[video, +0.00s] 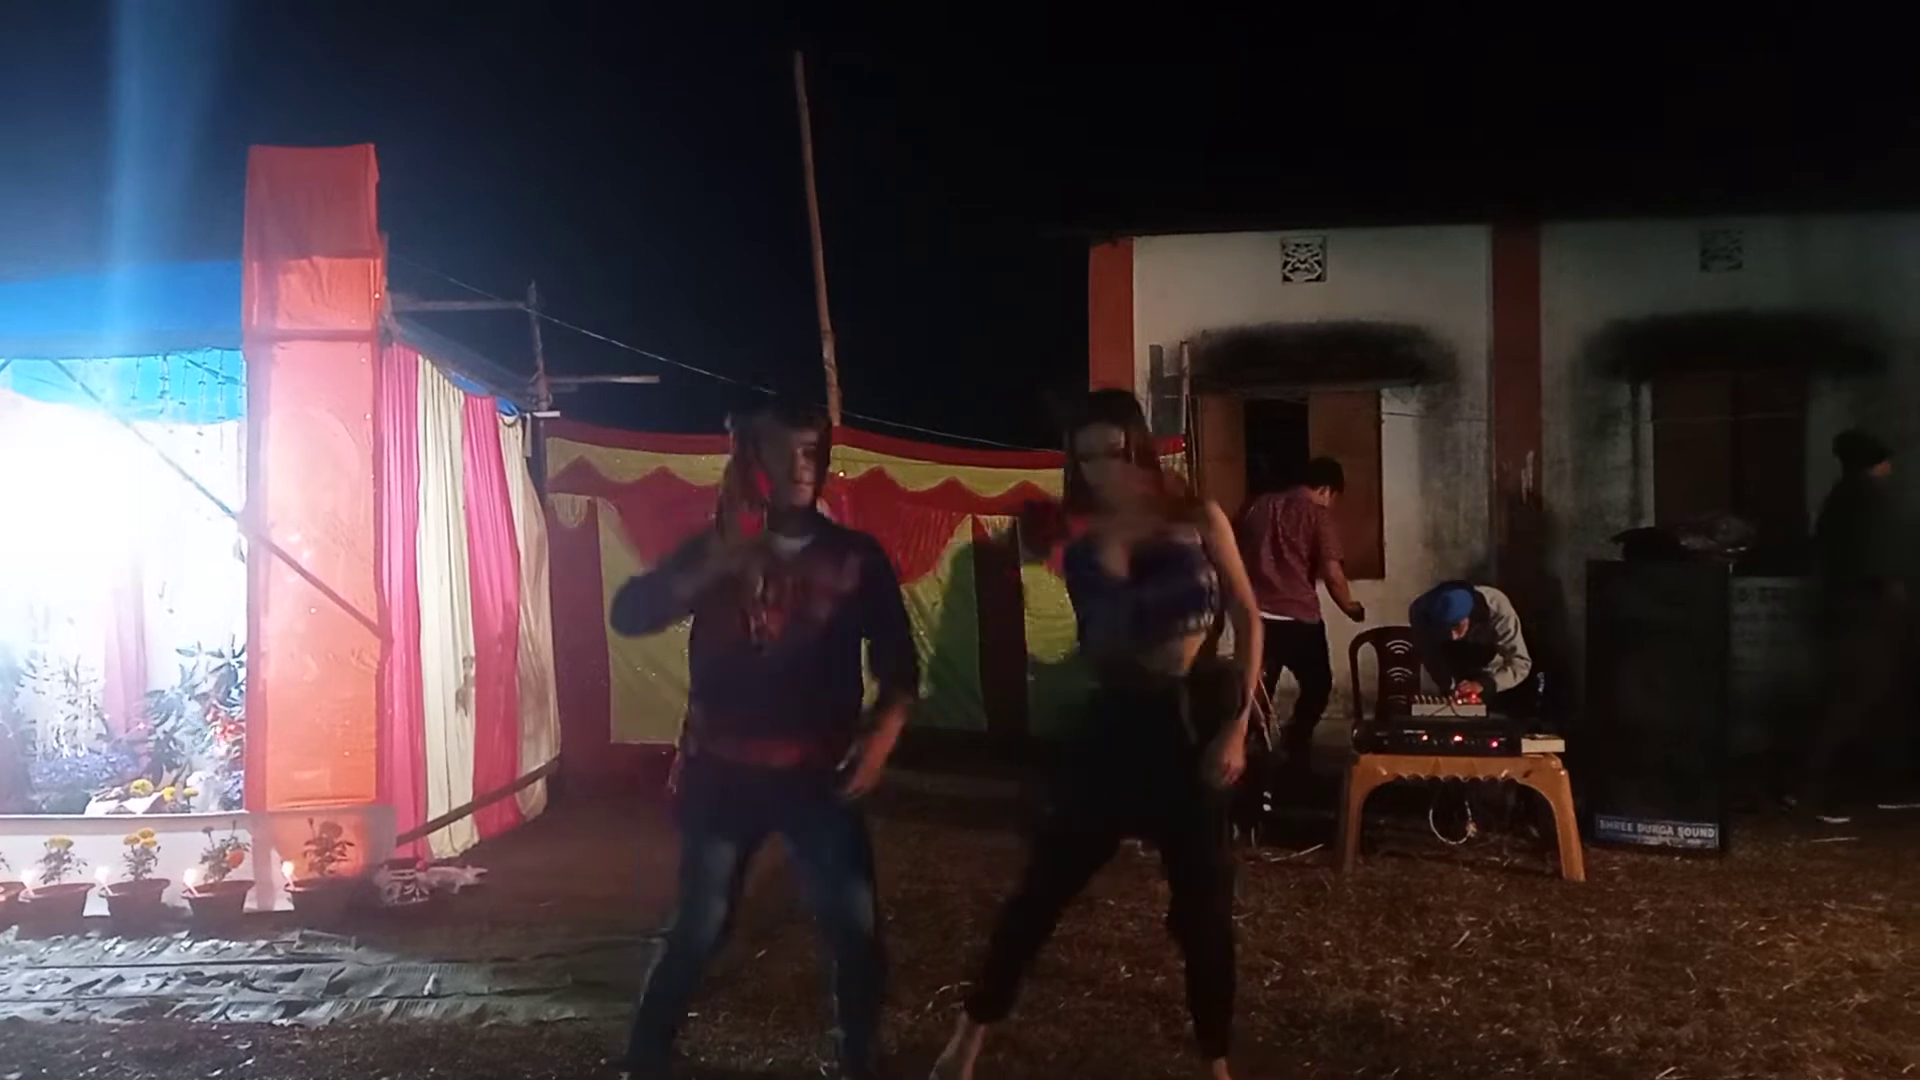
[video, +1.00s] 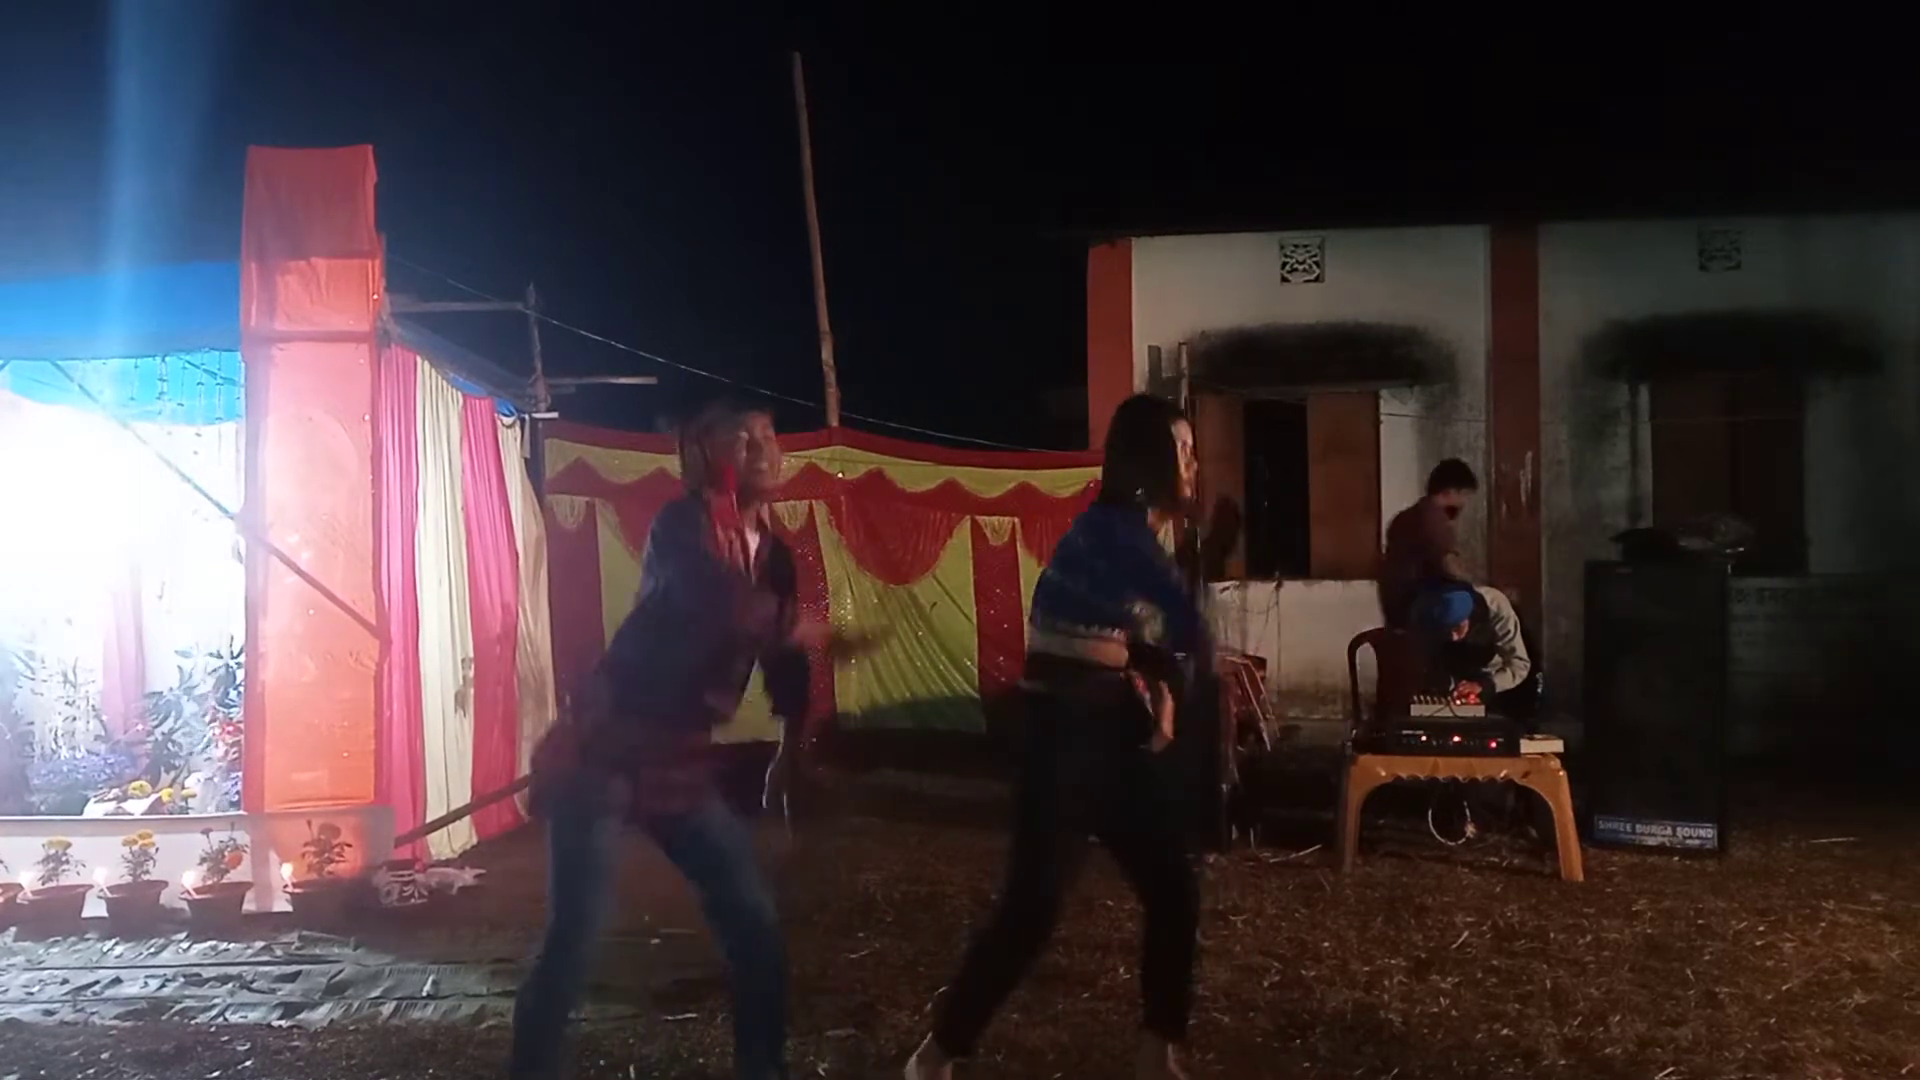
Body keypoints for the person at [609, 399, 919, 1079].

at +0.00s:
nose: (806, 469)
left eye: (814, 454)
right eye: (791, 454)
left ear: (825, 461)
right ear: (753, 460)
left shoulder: (857, 557)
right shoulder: (716, 549)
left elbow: (900, 670)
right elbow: (626, 615)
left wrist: (877, 747)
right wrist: (711, 566)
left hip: (819, 780)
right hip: (723, 776)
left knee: (857, 935)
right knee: (699, 932)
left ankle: (858, 1063)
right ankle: (642, 1063)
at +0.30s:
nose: (812, 409)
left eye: (821, 396)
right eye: (799, 392)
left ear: (825, 408)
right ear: (757, 393)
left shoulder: (849, 492)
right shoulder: (700, 472)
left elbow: (917, 581)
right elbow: (626, 528)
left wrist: (908, 672)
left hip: (798, 713)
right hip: (700, 712)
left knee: (822, 888)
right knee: (668, 882)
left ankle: (825, 1045)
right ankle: (623, 1042)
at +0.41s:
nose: (794, 464)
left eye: (803, 451)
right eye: (781, 446)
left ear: (808, 461)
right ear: (743, 447)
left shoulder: (818, 555)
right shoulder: (687, 542)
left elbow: (862, 660)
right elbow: (651, 653)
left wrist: (858, 729)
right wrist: (744, 694)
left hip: (791, 767)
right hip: (701, 765)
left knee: (809, 926)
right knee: (672, 929)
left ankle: (800, 1062)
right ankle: (621, 1060)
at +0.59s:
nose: (780, 438)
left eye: (788, 425)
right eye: (767, 423)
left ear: (796, 439)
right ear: (733, 432)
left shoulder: (810, 534)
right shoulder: (685, 511)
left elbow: (834, 645)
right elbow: (677, 609)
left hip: (760, 746)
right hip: (671, 740)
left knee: (790, 910)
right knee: (640, 909)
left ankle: (796, 1062)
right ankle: (607, 1056)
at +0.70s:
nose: (789, 399)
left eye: (794, 389)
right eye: (774, 385)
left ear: (794, 405)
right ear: (732, 393)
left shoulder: (808, 499)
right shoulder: (691, 471)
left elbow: (823, 603)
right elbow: (706, 567)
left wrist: (818, 696)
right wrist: (815, 517)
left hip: (735, 716)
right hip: (650, 709)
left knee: (782, 878)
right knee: (613, 888)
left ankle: (793, 1047)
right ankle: (574, 1052)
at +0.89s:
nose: (762, 457)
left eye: (769, 443)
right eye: (743, 441)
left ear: (779, 457)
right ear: (699, 451)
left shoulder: (774, 553)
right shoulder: (685, 539)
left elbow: (780, 670)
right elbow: (665, 659)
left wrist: (783, 782)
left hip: (705, 774)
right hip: (624, 768)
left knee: (769, 928)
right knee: (587, 945)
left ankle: (765, 1066)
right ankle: (540, 1068)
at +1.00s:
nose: (772, 454)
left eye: (772, 440)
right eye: (752, 441)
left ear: (773, 454)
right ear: (711, 454)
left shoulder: (777, 557)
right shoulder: (683, 521)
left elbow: (789, 696)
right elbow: (710, 601)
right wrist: (801, 632)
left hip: (676, 761)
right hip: (597, 755)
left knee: (754, 926)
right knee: (574, 940)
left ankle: (762, 1068)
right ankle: (532, 1069)